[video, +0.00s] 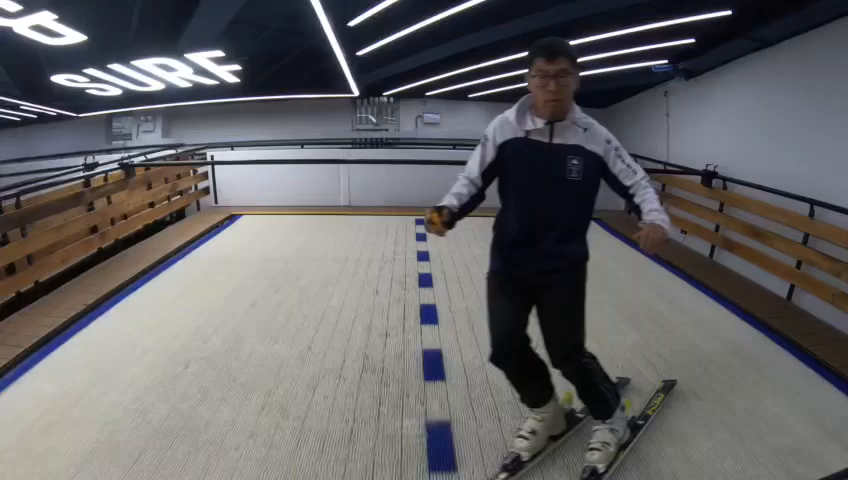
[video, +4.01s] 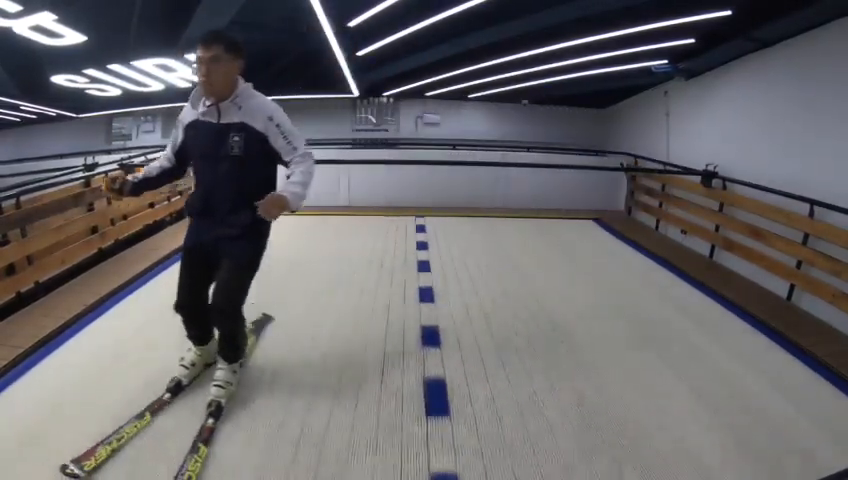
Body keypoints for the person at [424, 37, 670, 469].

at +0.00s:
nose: (552, 87)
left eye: (562, 78)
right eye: (542, 78)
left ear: (576, 82)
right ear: (529, 82)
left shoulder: (594, 136)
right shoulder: (504, 129)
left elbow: (635, 181)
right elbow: (472, 179)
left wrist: (655, 218)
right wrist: (447, 209)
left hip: (564, 262)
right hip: (510, 260)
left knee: (565, 353)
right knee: (505, 349)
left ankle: (611, 416)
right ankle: (548, 412)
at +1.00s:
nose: (136, 95)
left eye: (148, 87)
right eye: (133, 86)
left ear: (172, 91)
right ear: (128, 88)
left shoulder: (197, 135)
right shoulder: (120, 135)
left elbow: (237, 184)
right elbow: (96, 183)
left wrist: (220, 224)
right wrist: (59, 205)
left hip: (181, 249)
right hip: (136, 246)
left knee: (151, 322)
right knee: (116, 323)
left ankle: (152, 378)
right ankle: (121, 363)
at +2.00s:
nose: (415, 57)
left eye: (424, 48)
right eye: (406, 47)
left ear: (434, 56)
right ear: (388, 51)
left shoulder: (441, 109)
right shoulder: (357, 103)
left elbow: (467, 157)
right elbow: (320, 151)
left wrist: (495, 174)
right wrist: (311, 179)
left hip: (418, 232)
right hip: (367, 232)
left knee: (429, 322)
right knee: (372, 324)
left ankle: (403, 376)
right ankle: (337, 395)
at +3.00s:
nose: (588, 84)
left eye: (596, 75)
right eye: (578, 76)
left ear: (606, 77)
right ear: (559, 78)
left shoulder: (625, 130)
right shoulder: (535, 129)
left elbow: (667, 171)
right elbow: (507, 182)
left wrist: (693, 196)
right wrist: (492, 215)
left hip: (607, 259)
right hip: (551, 261)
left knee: (614, 345)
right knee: (564, 353)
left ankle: (645, 399)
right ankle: (591, 409)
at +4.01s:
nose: (204, 72)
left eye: (214, 63)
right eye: (199, 63)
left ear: (238, 65)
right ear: (196, 68)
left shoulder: (262, 110)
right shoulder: (191, 113)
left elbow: (302, 160)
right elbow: (173, 162)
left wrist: (286, 196)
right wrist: (134, 185)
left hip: (246, 224)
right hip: (204, 222)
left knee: (224, 303)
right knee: (189, 301)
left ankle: (230, 361)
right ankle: (203, 347)